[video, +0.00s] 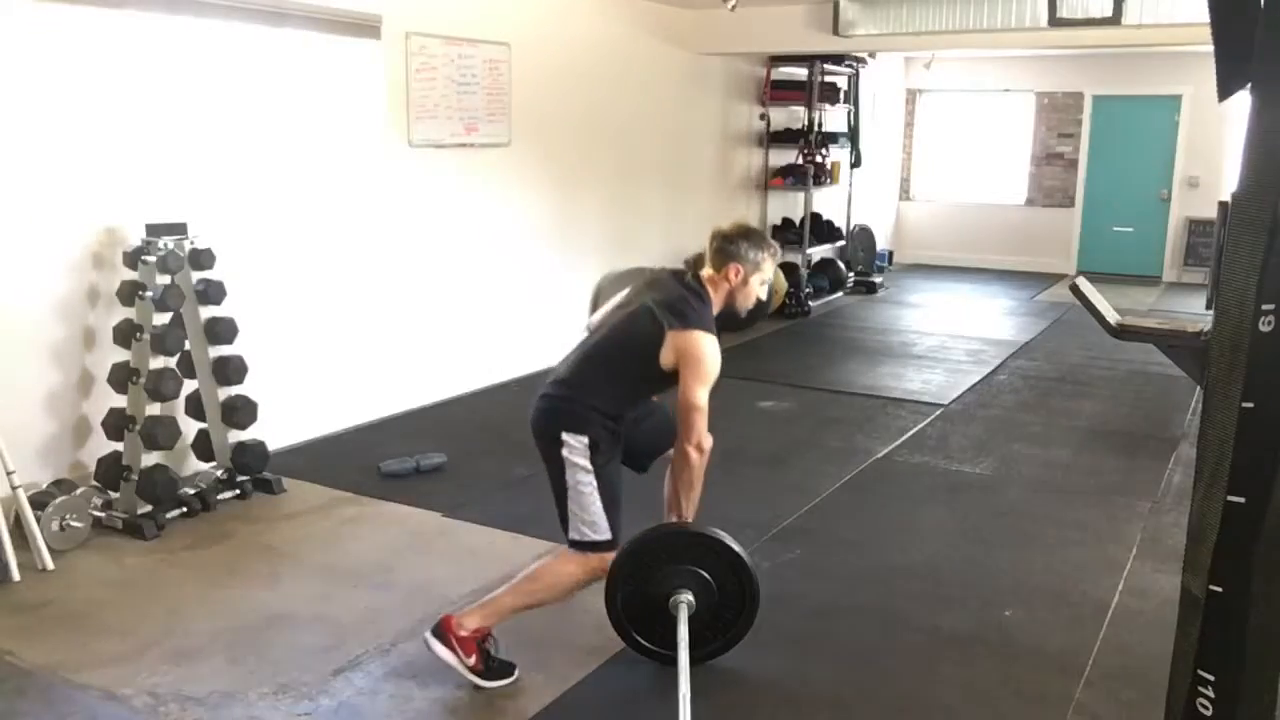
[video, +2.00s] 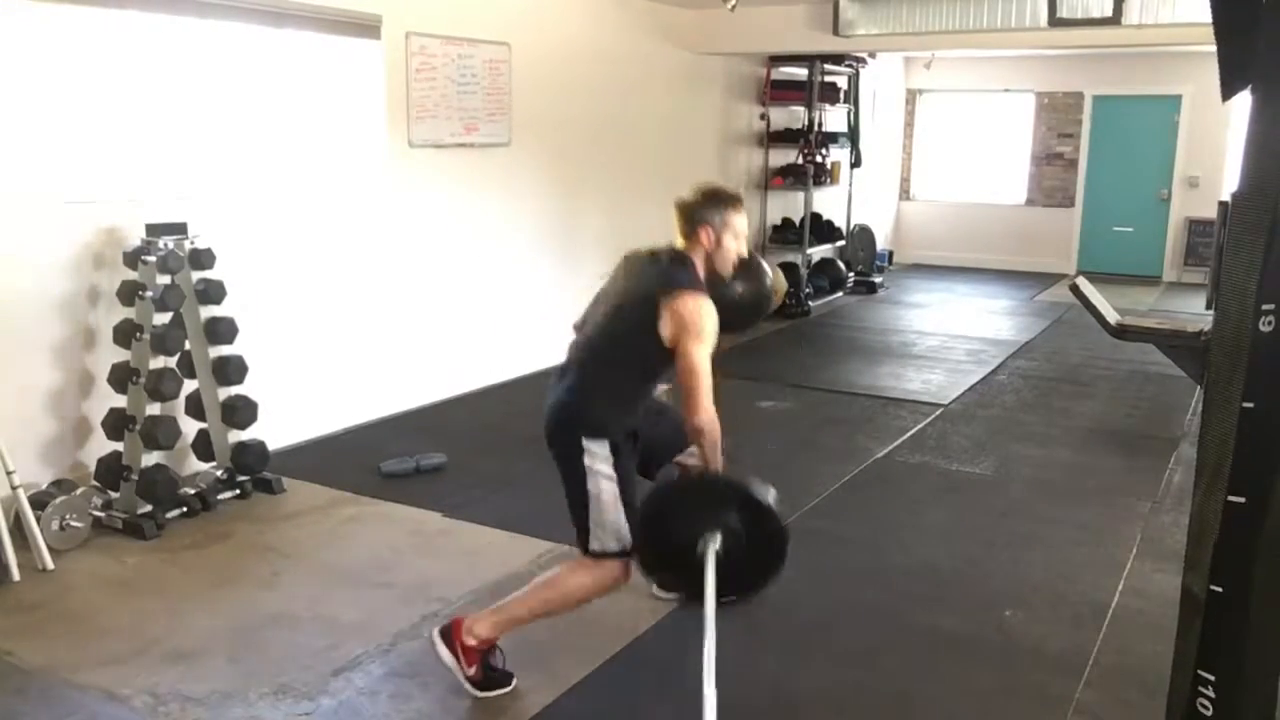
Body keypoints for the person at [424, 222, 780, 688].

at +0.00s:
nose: (762, 295)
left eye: (765, 284)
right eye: (761, 282)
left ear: (725, 269)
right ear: (734, 274)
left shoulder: (668, 284)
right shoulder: (699, 341)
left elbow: (600, 321)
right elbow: (693, 448)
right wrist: (684, 535)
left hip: (604, 404)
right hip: (575, 417)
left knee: (692, 441)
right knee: (595, 555)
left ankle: (670, 545)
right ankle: (465, 626)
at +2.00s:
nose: (743, 248)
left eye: (744, 236)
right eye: (738, 236)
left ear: (698, 235)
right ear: (707, 235)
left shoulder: (646, 263)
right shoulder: (694, 303)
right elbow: (700, 419)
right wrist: (717, 485)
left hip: (623, 402)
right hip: (589, 421)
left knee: (696, 460)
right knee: (609, 565)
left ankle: (670, 558)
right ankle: (474, 634)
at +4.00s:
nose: (746, 275)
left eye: (748, 264)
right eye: (743, 262)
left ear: (700, 257)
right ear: (712, 258)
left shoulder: (640, 283)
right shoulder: (706, 326)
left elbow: (581, 346)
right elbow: (707, 436)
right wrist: (700, 518)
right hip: (592, 435)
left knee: (693, 446)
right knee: (611, 579)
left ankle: (677, 557)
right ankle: (473, 627)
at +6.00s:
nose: (731, 170)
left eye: (734, 158)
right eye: (721, 156)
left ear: (726, 158)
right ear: (687, 152)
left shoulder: (696, 214)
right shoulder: (657, 194)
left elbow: (685, 288)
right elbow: (659, 281)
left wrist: (710, 336)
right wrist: (706, 337)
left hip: (645, 356)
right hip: (596, 356)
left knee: (701, 438)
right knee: (586, 494)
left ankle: (686, 558)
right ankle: (480, 610)